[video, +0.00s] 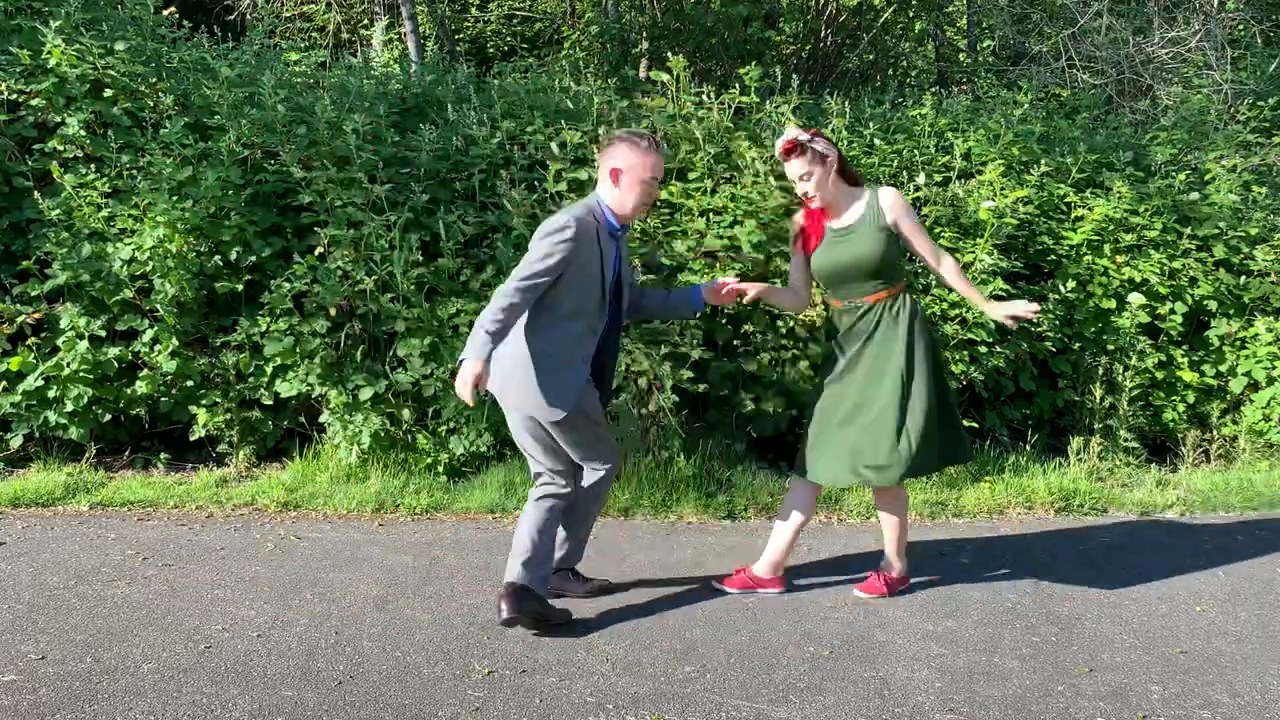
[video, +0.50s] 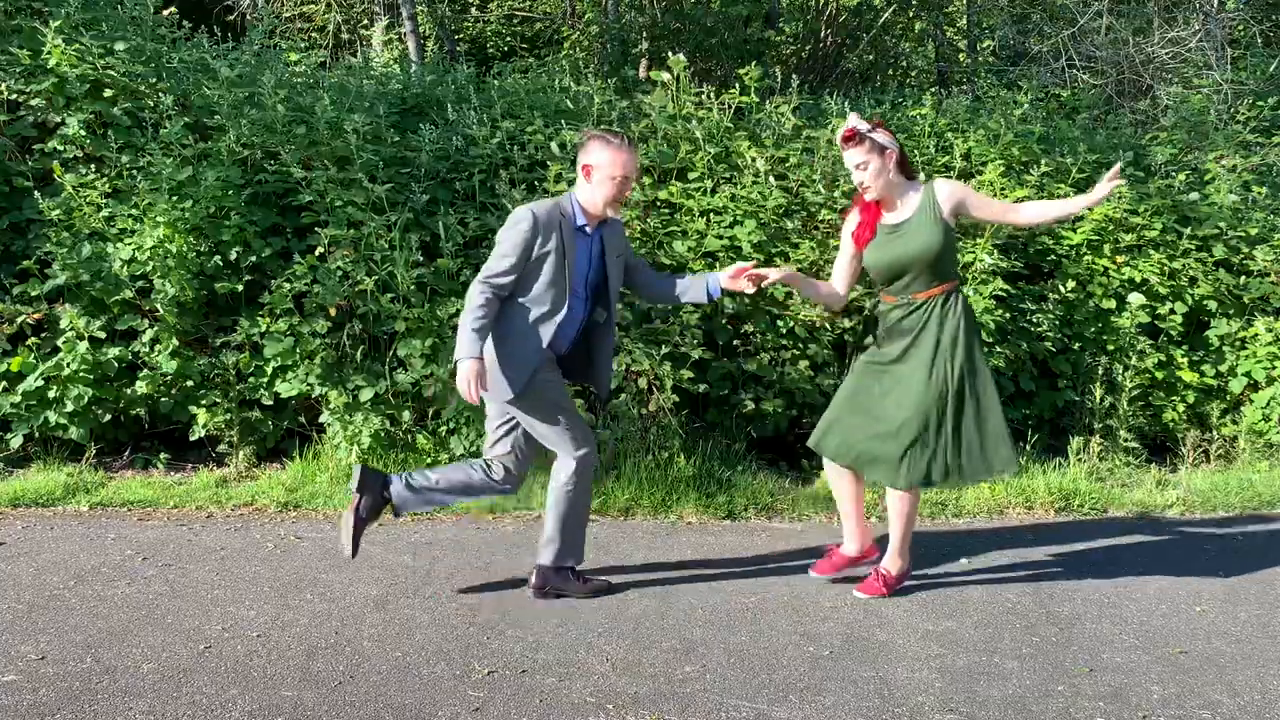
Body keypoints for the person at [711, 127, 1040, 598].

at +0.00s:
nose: (800, 190)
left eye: (804, 178)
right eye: (794, 182)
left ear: (831, 163)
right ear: (794, 180)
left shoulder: (884, 202)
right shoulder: (807, 222)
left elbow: (940, 261)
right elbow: (797, 298)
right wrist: (760, 290)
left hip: (894, 334)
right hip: (849, 342)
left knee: (882, 451)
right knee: (819, 448)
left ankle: (897, 567)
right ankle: (768, 567)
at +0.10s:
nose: (816, 191)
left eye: (820, 179)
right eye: (809, 184)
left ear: (846, 165)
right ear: (807, 184)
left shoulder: (899, 204)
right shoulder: (818, 230)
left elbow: (957, 237)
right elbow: (807, 306)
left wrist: (1012, 257)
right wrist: (764, 295)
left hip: (910, 337)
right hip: (863, 347)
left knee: (893, 448)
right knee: (828, 452)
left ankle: (896, 565)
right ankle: (775, 564)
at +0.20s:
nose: (828, 193)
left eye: (833, 179)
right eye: (821, 186)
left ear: (859, 167)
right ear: (818, 186)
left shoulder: (910, 204)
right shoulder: (831, 233)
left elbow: (974, 226)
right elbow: (818, 308)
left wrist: (1029, 230)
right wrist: (775, 303)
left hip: (920, 337)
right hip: (872, 346)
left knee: (892, 451)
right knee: (835, 454)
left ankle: (896, 565)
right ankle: (779, 566)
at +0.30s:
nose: (838, 194)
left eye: (844, 181)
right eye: (831, 187)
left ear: (870, 168)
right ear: (828, 187)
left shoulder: (920, 205)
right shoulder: (840, 234)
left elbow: (986, 225)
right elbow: (830, 310)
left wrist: (1048, 224)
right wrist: (787, 307)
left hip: (930, 338)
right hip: (884, 349)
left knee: (894, 451)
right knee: (843, 451)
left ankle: (896, 566)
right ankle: (784, 566)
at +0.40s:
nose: (848, 189)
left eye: (853, 177)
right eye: (842, 183)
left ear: (880, 165)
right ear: (841, 186)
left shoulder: (930, 203)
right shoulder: (850, 231)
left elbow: (1002, 222)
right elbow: (835, 307)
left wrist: (1072, 217)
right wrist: (791, 302)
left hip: (933, 336)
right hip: (881, 343)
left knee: (898, 448)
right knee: (838, 446)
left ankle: (896, 563)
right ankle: (798, 562)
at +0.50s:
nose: (857, 176)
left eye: (863, 164)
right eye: (851, 169)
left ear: (891, 156)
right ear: (851, 173)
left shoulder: (941, 195)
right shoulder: (860, 220)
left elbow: (1019, 213)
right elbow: (835, 295)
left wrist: (1089, 198)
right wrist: (793, 277)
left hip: (940, 327)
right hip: (890, 333)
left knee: (906, 444)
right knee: (836, 441)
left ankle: (896, 561)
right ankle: (856, 542)